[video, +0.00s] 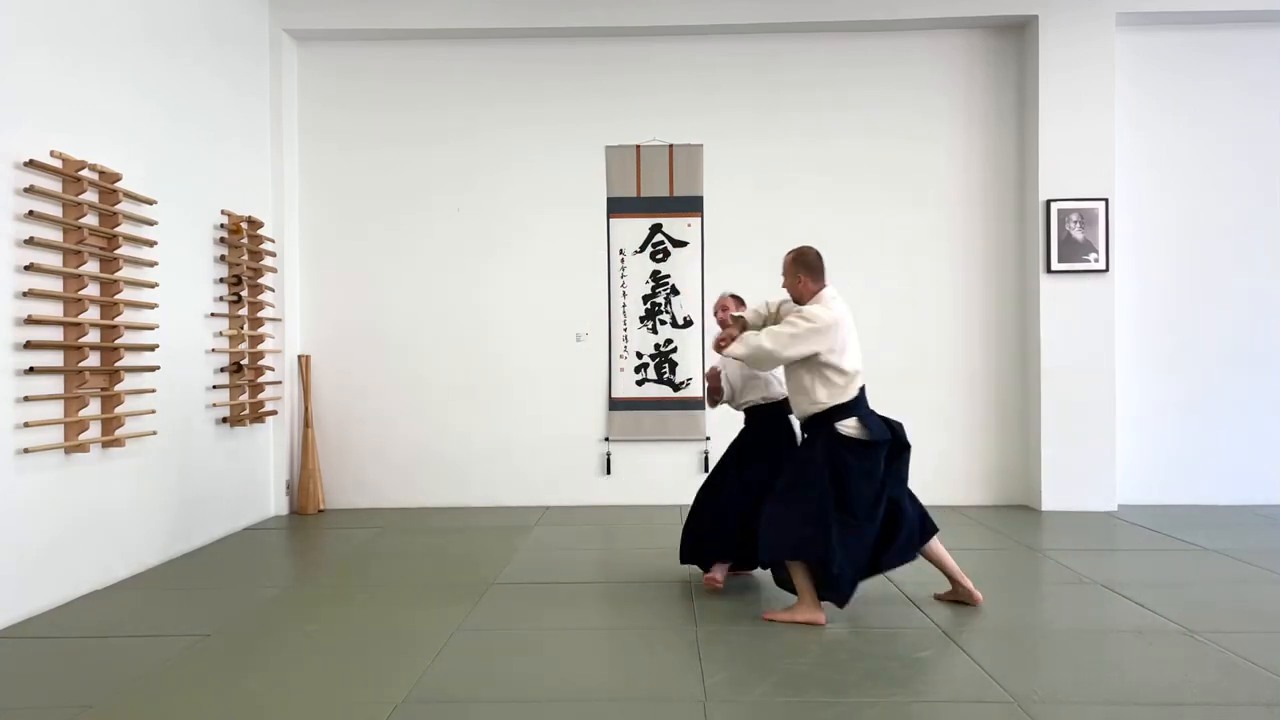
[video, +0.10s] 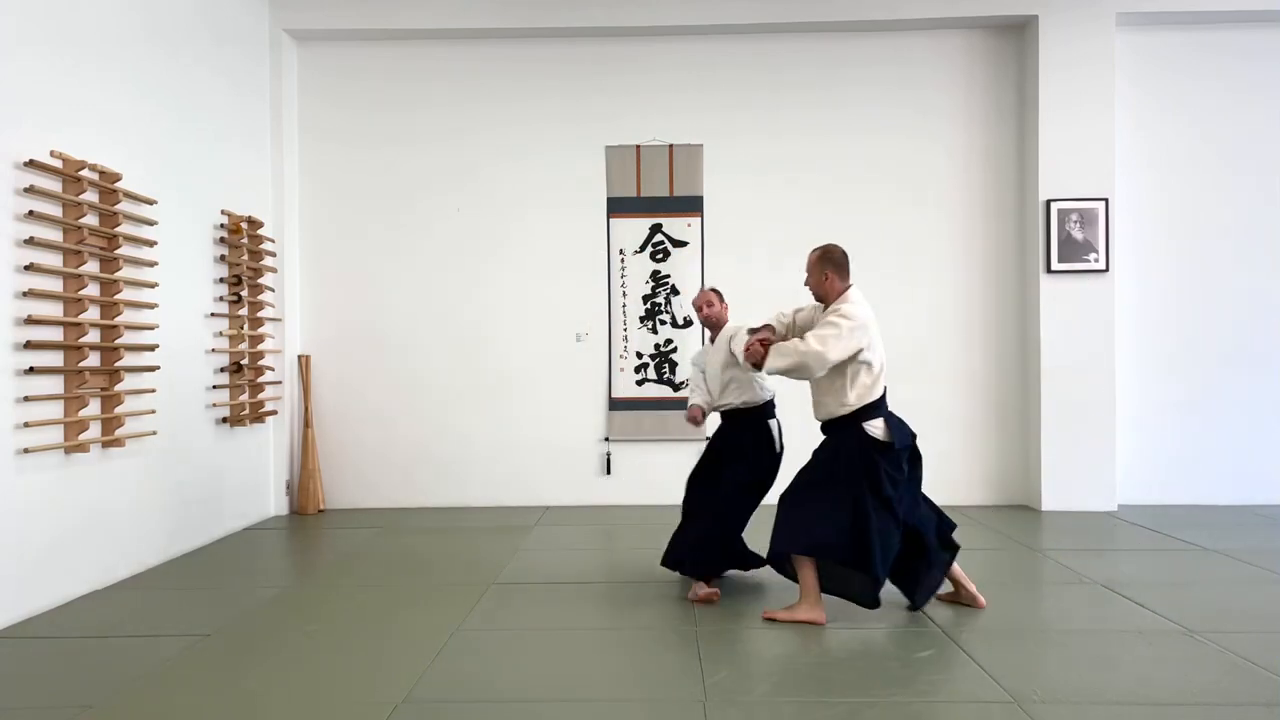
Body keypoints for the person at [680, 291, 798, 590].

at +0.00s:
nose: (720, 316)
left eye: (726, 310)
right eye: (717, 312)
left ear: (744, 313)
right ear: (715, 319)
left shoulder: (761, 339)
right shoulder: (724, 356)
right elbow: (716, 400)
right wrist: (714, 387)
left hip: (775, 424)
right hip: (756, 426)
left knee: (724, 489)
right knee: (744, 492)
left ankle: (721, 560)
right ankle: (744, 557)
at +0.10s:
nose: (705, 311)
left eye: (710, 305)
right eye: (700, 309)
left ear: (725, 308)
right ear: (697, 316)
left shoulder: (739, 333)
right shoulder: (701, 356)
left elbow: (746, 348)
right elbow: (698, 388)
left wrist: (754, 352)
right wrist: (696, 405)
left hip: (758, 426)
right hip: (729, 428)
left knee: (727, 497)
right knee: (699, 491)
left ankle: (707, 575)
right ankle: (703, 573)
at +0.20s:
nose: (704, 309)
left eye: (707, 302)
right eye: (695, 307)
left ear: (716, 304)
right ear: (688, 315)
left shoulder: (735, 334)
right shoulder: (684, 356)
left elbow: (754, 352)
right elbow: (675, 400)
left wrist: (760, 333)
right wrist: (671, 432)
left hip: (744, 433)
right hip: (707, 433)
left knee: (722, 507)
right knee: (670, 499)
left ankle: (699, 584)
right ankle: (696, 564)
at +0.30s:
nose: (696, 310)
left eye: (698, 303)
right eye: (688, 307)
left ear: (705, 303)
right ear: (675, 314)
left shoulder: (724, 331)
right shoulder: (670, 355)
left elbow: (743, 334)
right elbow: (657, 405)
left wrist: (736, 315)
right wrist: (646, 450)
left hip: (733, 431)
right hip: (694, 432)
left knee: (720, 513)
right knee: (655, 499)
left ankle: (701, 591)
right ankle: (653, 553)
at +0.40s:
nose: (680, 304)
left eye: (680, 297)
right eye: (671, 302)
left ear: (686, 296)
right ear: (657, 312)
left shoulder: (707, 325)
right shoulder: (654, 352)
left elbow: (728, 326)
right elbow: (644, 405)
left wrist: (725, 298)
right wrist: (631, 450)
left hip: (720, 428)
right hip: (680, 430)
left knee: (715, 511)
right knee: (644, 501)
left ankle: (705, 591)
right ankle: (608, 575)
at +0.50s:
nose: (663, 300)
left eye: (664, 294)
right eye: (653, 298)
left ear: (669, 296)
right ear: (638, 309)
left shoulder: (690, 326)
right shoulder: (633, 354)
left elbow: (715, 314)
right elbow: (627, 409)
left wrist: (718, 283)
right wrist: (619, 453)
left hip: (701, 432)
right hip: (660, 436)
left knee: (716, 512)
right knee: (641, 514)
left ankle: (701, 589)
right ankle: (600, 592)